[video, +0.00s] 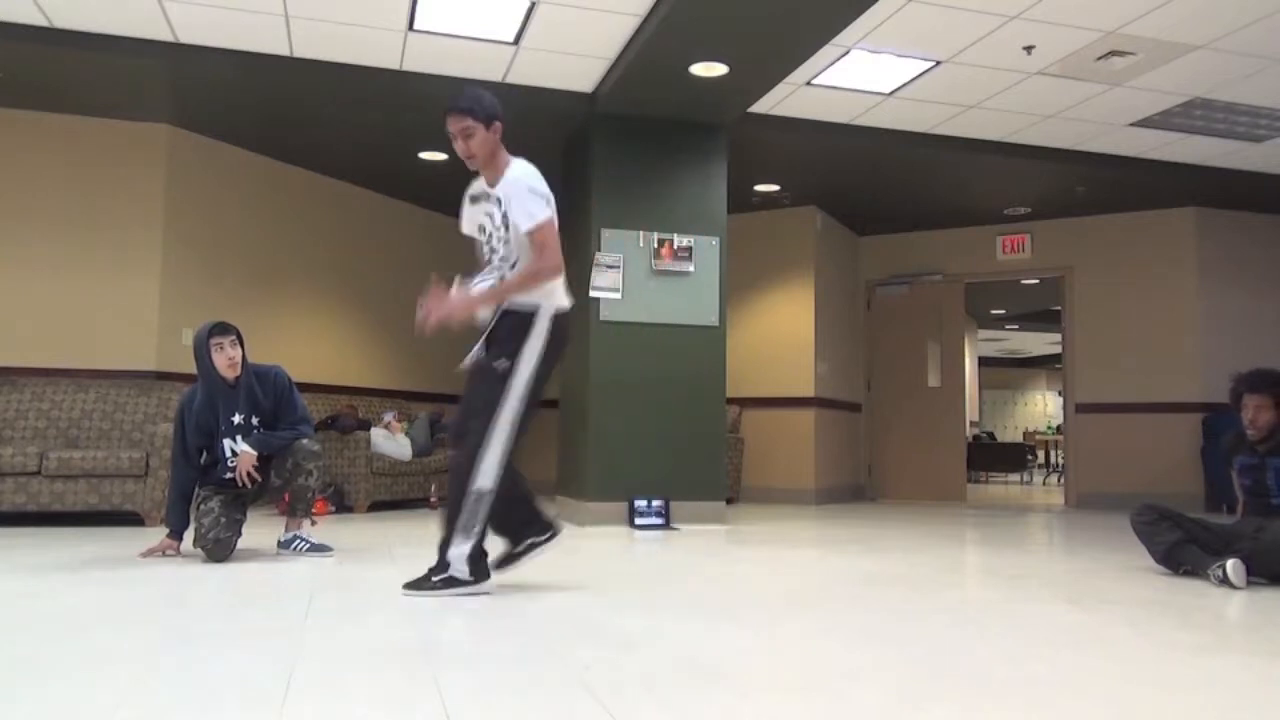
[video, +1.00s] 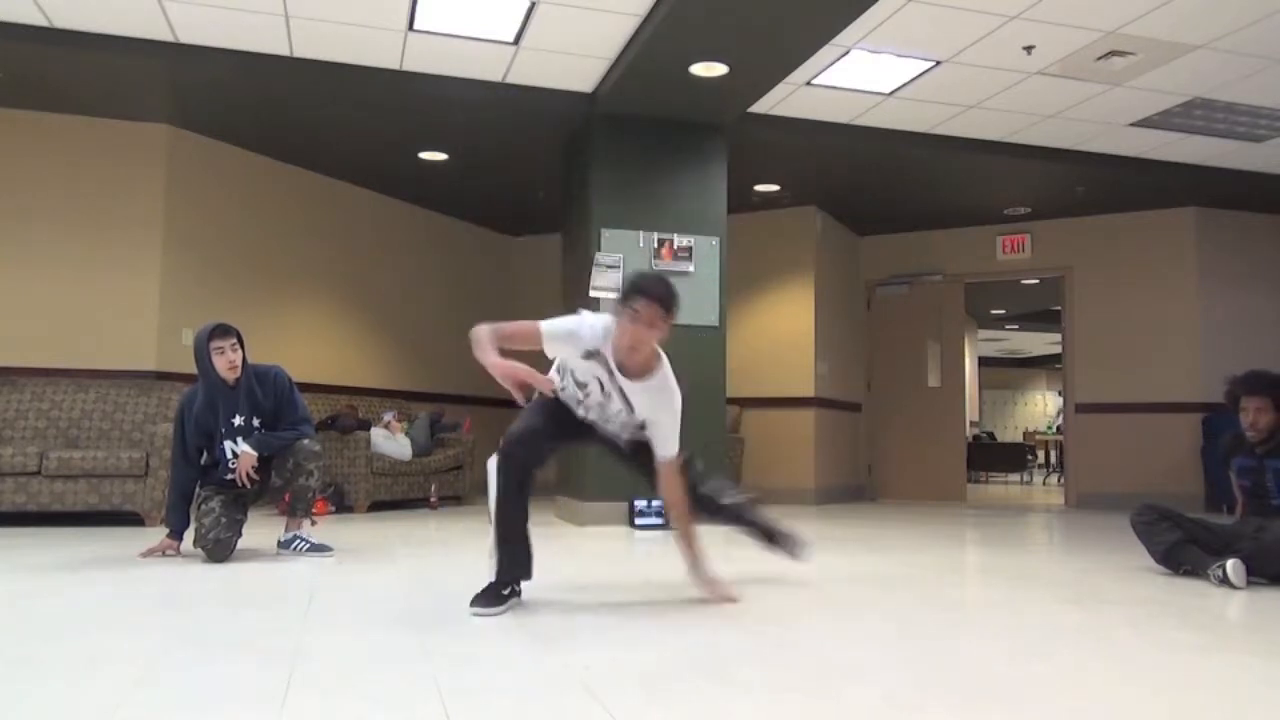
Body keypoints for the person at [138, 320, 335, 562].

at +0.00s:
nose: (231, 354)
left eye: (234, 345)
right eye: (219, 349)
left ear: (242, 349)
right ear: (205, 358)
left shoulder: (272, 380)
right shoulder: (194, 403)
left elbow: (303, 429)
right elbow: (184, 470)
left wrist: (255, 444)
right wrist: (174, 535)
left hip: (266, 477)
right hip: (220, 488)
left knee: (307, 449)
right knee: (215, 549)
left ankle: (292, 535)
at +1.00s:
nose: (231, 358)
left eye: (234, 349)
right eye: (220, 352)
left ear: (243, 351)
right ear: (205, 360)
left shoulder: (272, 380)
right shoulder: (194, 403)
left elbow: (304, 430)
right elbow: (184, 470)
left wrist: (256, 445)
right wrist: (174, 535)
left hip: (267, 476)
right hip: (221, 488)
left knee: (308, 450)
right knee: (215, 549)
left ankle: (292, 534)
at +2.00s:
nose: (229, 357)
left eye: (233, 348)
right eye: (218, 352)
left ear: (241, 350)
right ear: (204, 361)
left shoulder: (272, 381)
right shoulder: (193, 404)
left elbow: (304, 430)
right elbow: (184, 471)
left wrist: (255, 446)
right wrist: (174, 535)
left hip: (267, 476)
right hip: (220, 488)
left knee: (308, 450)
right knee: (215, 549)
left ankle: (292, 534)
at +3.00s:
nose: (229, 357)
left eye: (232, 348)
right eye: (218, 352)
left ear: (241, 350)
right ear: (204, 360)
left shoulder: (272, 381)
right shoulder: (193, 404)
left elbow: (304, 430)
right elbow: (184, 471)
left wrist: (255, 446)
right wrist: (174, 535)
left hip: (266, 476)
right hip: (220, 488)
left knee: (306, 450)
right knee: (215, 549)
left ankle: (292, 534)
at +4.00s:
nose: (230, 358)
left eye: (234, 349)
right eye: (219, 353)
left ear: (242, 351)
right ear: (204, 361)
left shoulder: (273, 381)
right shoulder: (194, 403)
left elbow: (304, 430)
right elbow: (184, 470)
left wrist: (255, 447)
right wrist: (174, 535)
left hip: (266, 476)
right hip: (221, 487)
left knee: (307, 451)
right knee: (216, 549)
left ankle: (292, 534)